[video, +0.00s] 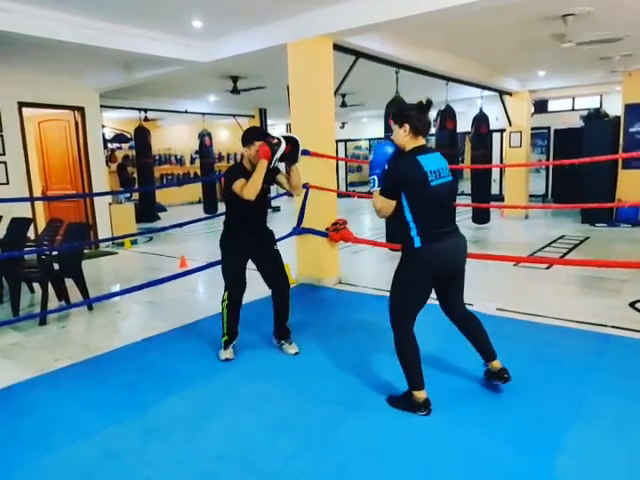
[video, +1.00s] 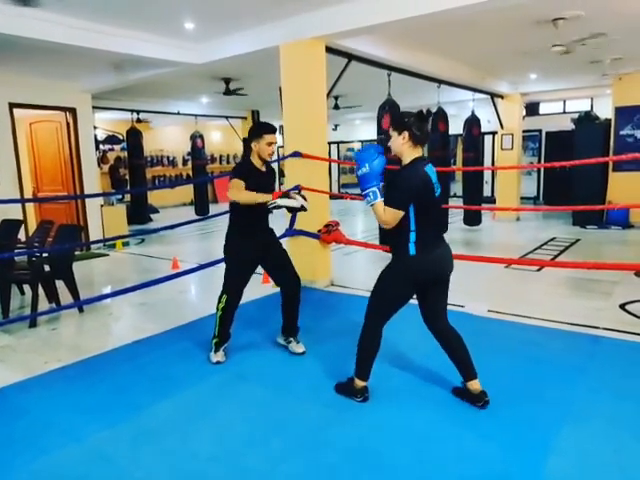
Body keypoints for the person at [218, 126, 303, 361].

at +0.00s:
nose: (263, 154)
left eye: (265, 149)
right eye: (259, 148)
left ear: (266, 151)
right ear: (246, 148)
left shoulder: (266, 170)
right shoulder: (232, 173)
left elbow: (295, 190)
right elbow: (249, 194)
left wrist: (290, 161)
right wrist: (264, 161)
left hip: (261, 237)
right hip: (235, 239)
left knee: (281, 285)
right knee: (234, 289)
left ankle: (282, 336)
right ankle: (228, 341)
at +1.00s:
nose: (273, 149)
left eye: (275, 144)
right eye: (268, 144)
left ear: (273, 145)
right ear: (254, 144)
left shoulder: (269, 171)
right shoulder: (242, 168)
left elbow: (264, 200)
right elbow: (234, 194)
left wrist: (287, 198)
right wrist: (271, 198)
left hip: (265, 238)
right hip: (241, 241)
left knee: (291, 283)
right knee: (231, 294)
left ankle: (289, 335)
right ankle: (219, 343)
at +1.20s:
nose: (291, 156)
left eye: (293, 152)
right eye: (288, 151)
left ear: (291, 152)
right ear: (273, 149)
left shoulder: (283, 178)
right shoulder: (256, 173)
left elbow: (276, 208)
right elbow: (232, 196)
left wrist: (296, 205)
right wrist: (228, 225)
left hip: (272, 241)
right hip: (248, 243)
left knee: (298, 284)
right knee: (234, 295)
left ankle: (307, 332)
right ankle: (217, 345)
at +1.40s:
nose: (324, 160)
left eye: (326, 156)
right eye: (320, 155)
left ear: (325, 155)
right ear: (306, 153)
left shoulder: (316, 180)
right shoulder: (288, 176)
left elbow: (318, 214)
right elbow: (255, 196)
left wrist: (329, 204)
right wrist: (224, 219)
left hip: (295, 237)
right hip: (275, 238)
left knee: (316, 284)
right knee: (264, 292)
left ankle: (309, 333)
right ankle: (227, 340)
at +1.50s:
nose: (331, 153)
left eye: (334, 148)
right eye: (327, 148)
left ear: (334, 147)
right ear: (314, 146)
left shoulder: (327, 173)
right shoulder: (295, 170)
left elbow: (331, 207)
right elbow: (264, 193)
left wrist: (338, 198)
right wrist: (241, 219)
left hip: (304, 229)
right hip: (284, 230)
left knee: (315, 283)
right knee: (286, 285)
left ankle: (308, 333)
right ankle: (259, 334)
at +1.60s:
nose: (336, 148)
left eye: (339, 144)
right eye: (331, 143)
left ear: (340, 143)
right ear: (319, 142)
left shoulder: (337, 169)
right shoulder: (301, 167)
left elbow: (337, 198)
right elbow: (273, 195)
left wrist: (344, 195)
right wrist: (261, 219)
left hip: (315, 224)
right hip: (294, 225)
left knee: (316, 281)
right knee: (303, 281)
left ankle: (311, 330)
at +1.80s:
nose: (339, 147)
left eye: (343, 142)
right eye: (335, 142)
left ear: (350, 144)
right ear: (326, 144)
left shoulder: (355, 172)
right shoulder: (316, 174)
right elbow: (294, 203)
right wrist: (290, 230)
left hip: (346, 231)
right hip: (321, 232)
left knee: (335, 283)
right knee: (338, 283)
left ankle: (310, 325)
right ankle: (348, 338)